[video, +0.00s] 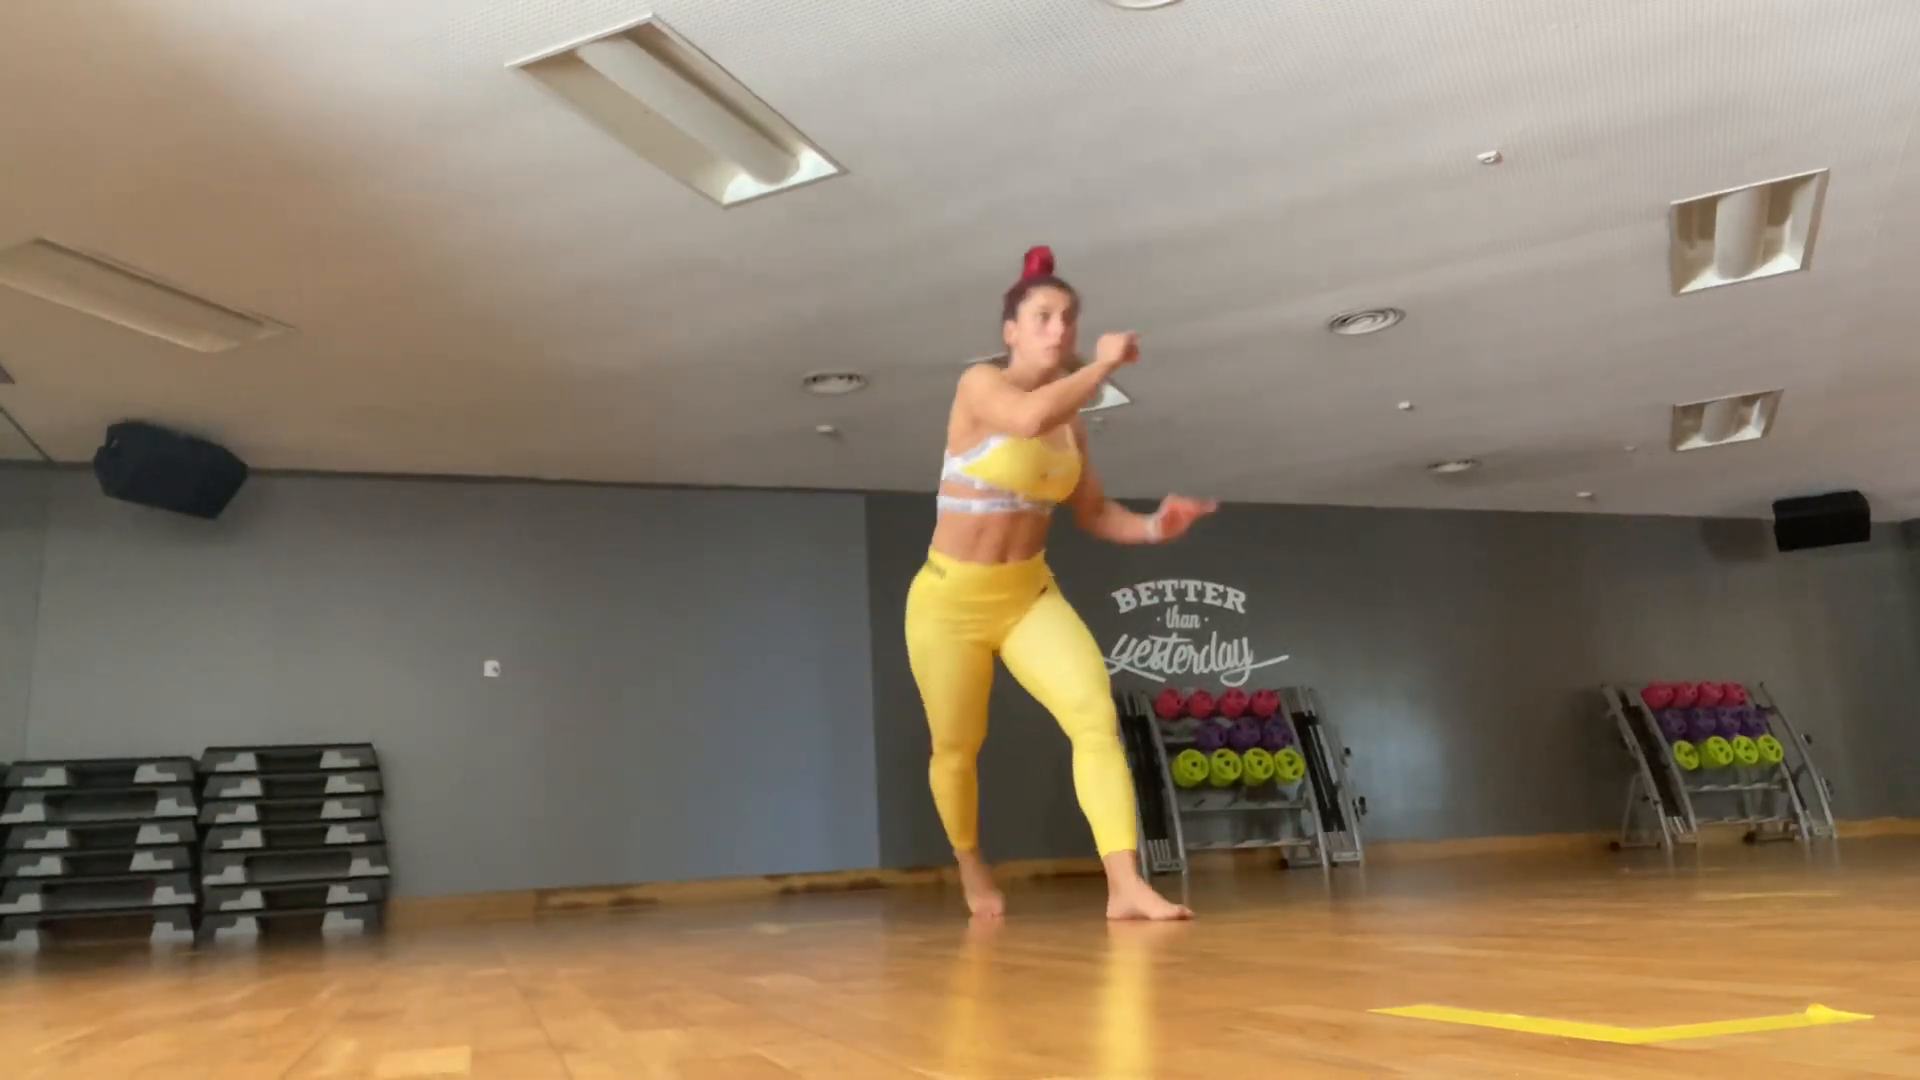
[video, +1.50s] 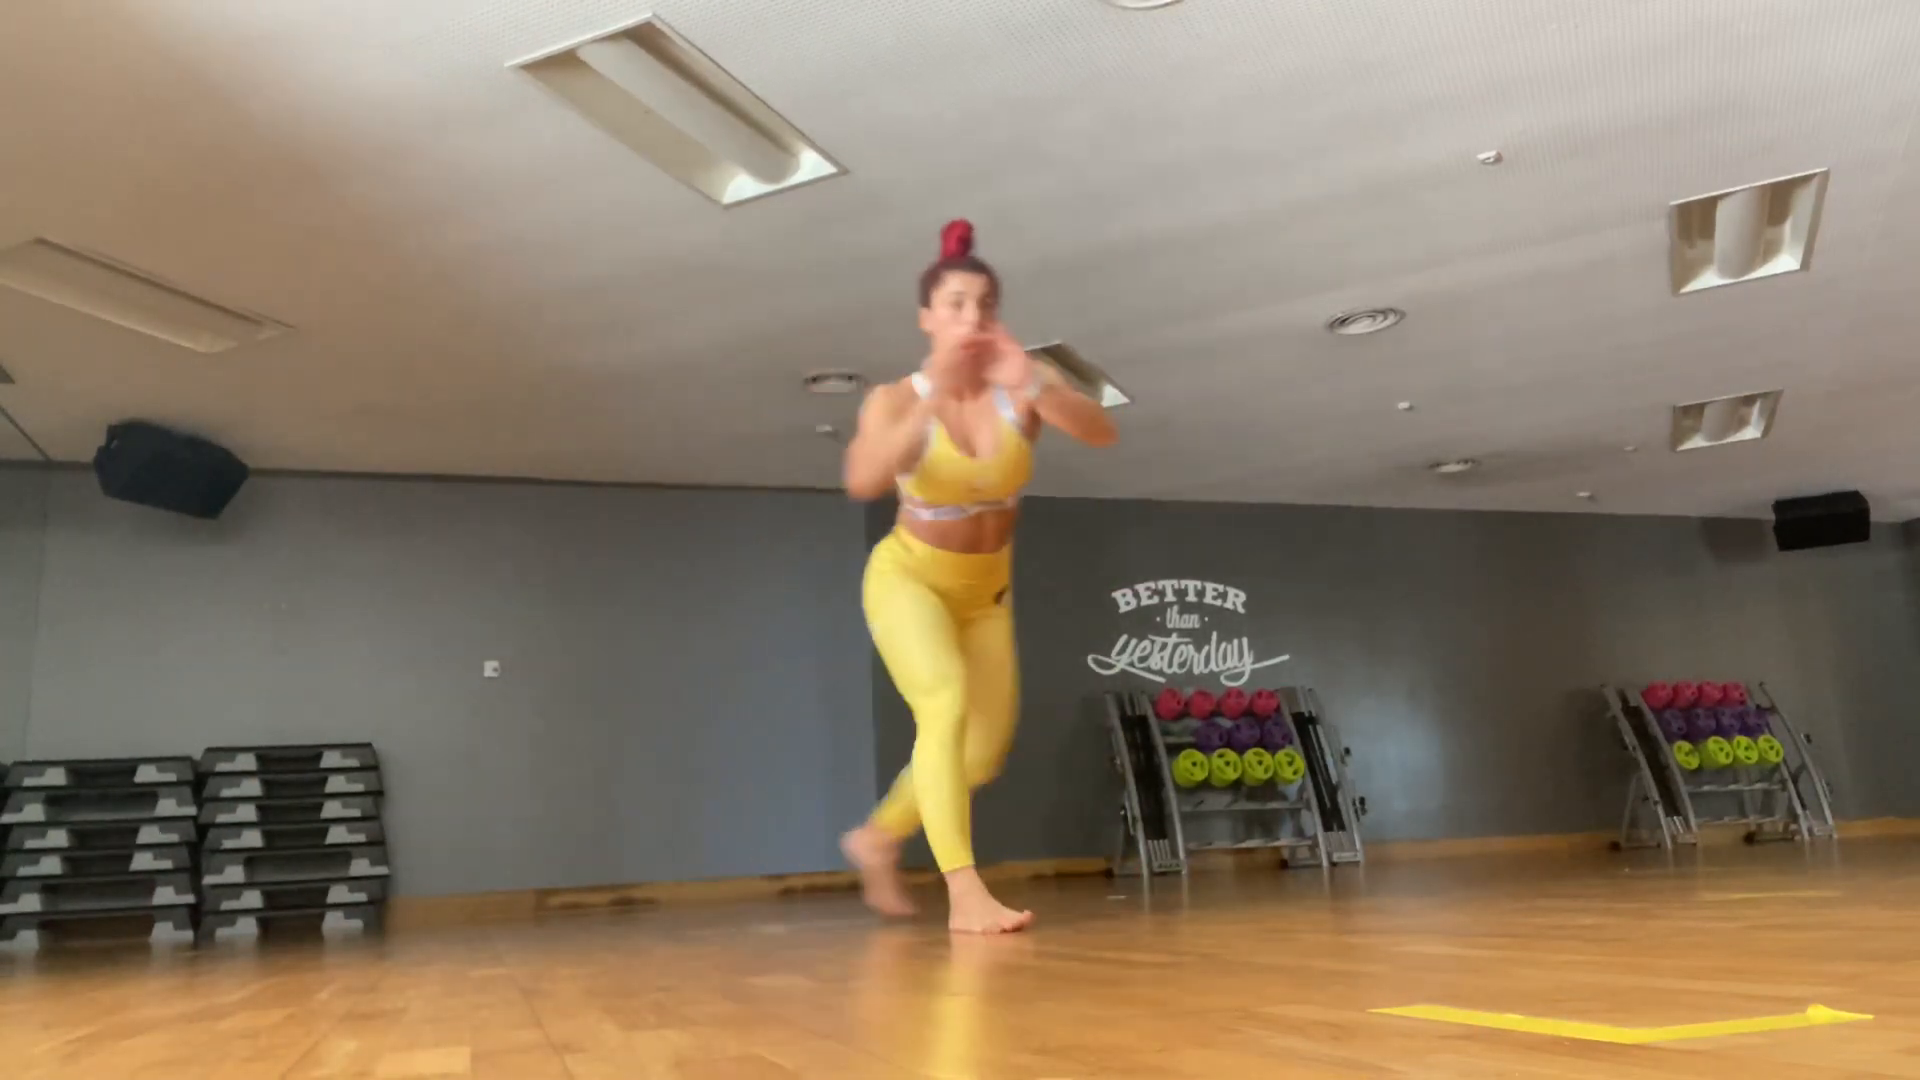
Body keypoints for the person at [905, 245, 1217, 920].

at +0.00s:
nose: (1060, 329)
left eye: (1068, 320)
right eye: (1044, 316)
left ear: (1074, 331)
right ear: (1010, 327)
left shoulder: (1069, 419)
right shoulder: (979, 384)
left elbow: (1093, 513)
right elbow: (1026, 414)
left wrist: (1152, 527)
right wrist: (1100, 368)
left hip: (1029, 599)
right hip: (949, 603)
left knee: (1093, 715)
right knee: (955, 749)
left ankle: (1125, 885)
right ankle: (970, 866)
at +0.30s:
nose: (1055, 326)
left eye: (1066, 313)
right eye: (1037, 311)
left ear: (1079, 325)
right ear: (1008, 324)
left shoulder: (1089, 408)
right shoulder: (966, 386)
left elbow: (1149, 501)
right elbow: (987, 436)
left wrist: (1170, 486)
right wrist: (1073, 375)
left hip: (1014, 598)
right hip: (925, 587)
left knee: (1104, 706)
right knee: (862, 736)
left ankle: (1121, 887)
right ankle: (811, 888)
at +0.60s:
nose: (892, 317)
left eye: (907, 303)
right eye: (874, 303)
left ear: (924, 316)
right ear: (845, 315)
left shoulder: (946, 402)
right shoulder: (805, 391)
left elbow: (1031, 465)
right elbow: (750, 455)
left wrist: (1088, 469)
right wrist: (838, 398)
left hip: (893, 589)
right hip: (800, 583)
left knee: (969, 732)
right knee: (769, 722)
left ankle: (1061, 879)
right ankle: (762, 910)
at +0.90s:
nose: (839, 275)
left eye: (853, 265)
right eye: (826, 264)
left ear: (876, 287)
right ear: (803, 283)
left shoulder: (893, 364)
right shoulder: (759, 372)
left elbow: (963, 356)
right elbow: (688, 462)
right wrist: (612, 519)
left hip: (843, 582)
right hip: (763, 564)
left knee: (793, 733)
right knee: (753, 717)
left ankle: (738, 859)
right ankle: (747, 890)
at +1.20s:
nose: (873, 351)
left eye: (885, 339)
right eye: (859, 335)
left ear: (897, 351)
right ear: (828, 346)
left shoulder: (902, 426)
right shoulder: (786, 424)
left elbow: (946, 428)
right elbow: (714, 507)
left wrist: (866, 366)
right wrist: (646, 544)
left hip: (847, 626)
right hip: (775, 609)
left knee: (785, 782)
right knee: (850, 695)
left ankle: (684, 884)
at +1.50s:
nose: (973, 318)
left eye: (986, 305)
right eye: (958, 304)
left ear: (997, 318)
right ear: (926, 316)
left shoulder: (1018, 389)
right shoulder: (897, 400)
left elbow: (1102, 433)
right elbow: (861, 483)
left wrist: (1035, 385)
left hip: (987, 592)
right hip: (910, 579)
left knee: (983, 752)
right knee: (943, 704)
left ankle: (874, 840)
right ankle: (965, 895)